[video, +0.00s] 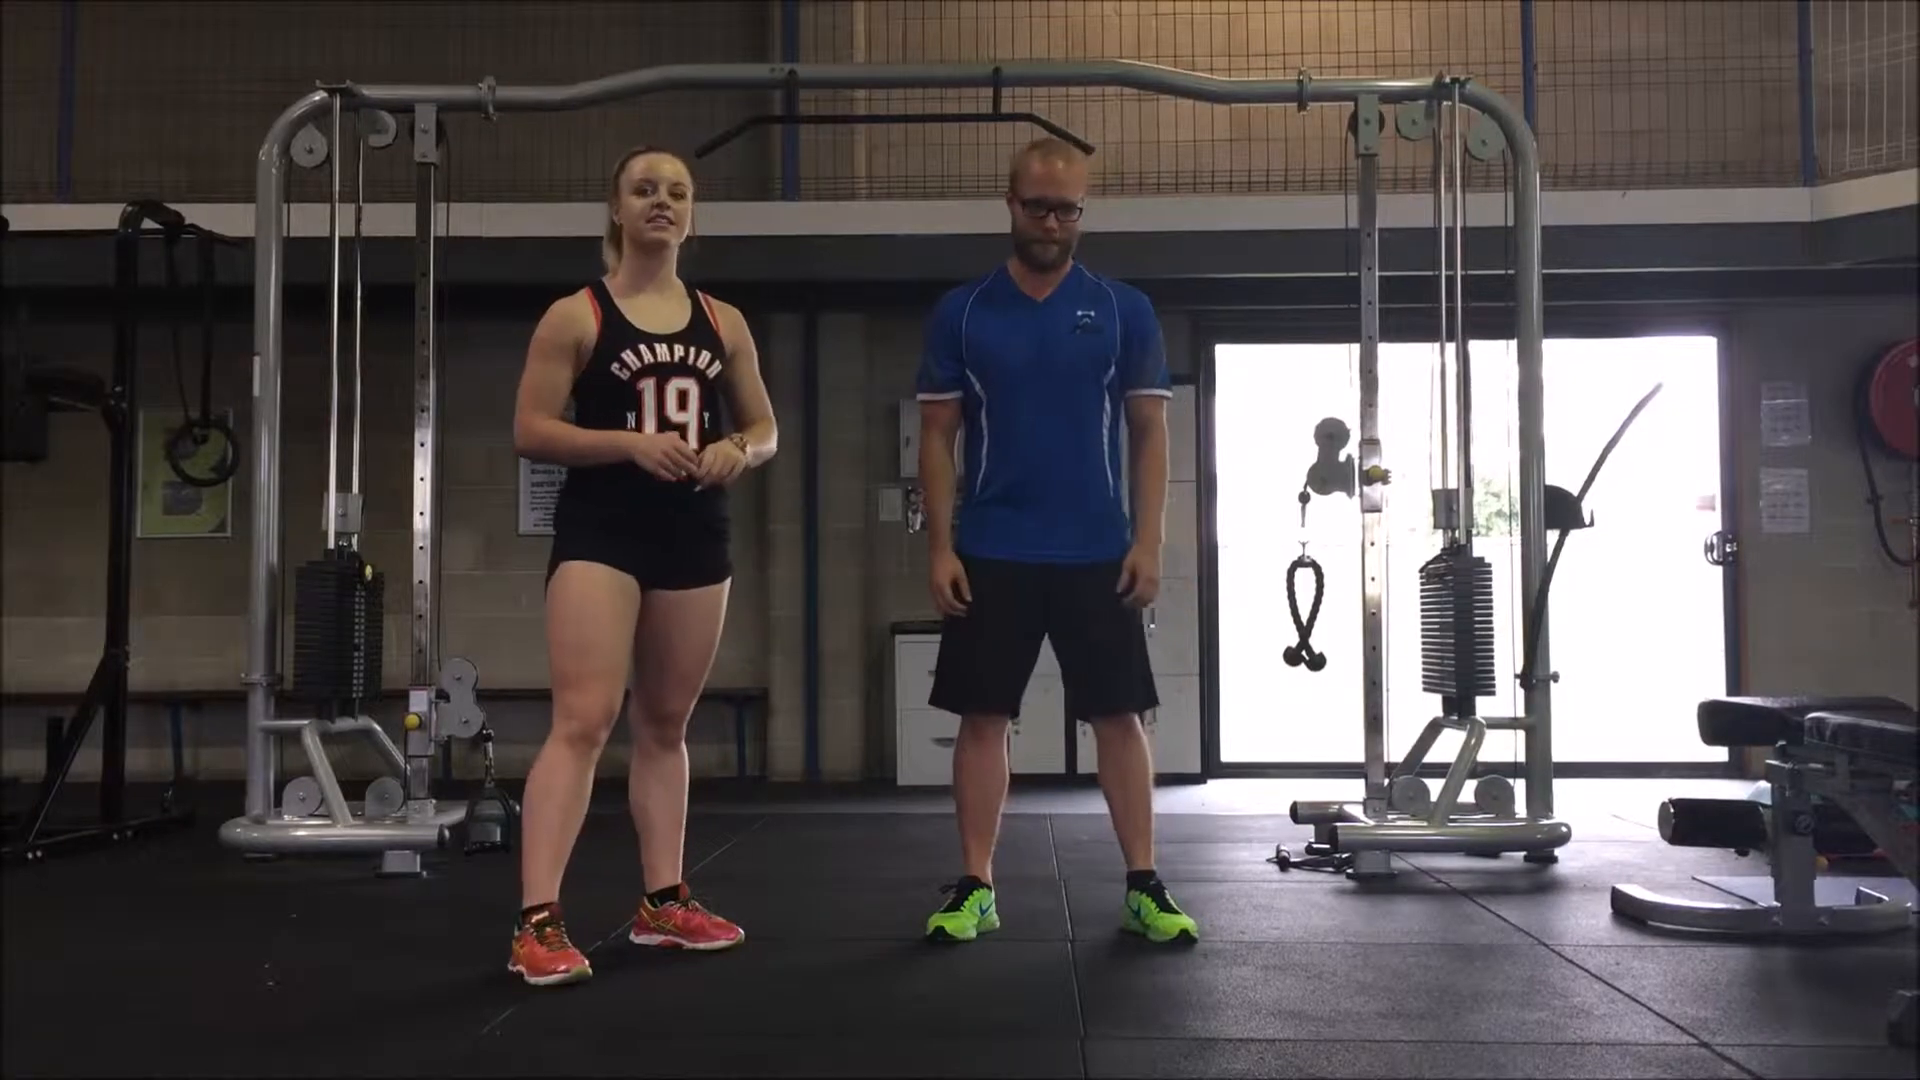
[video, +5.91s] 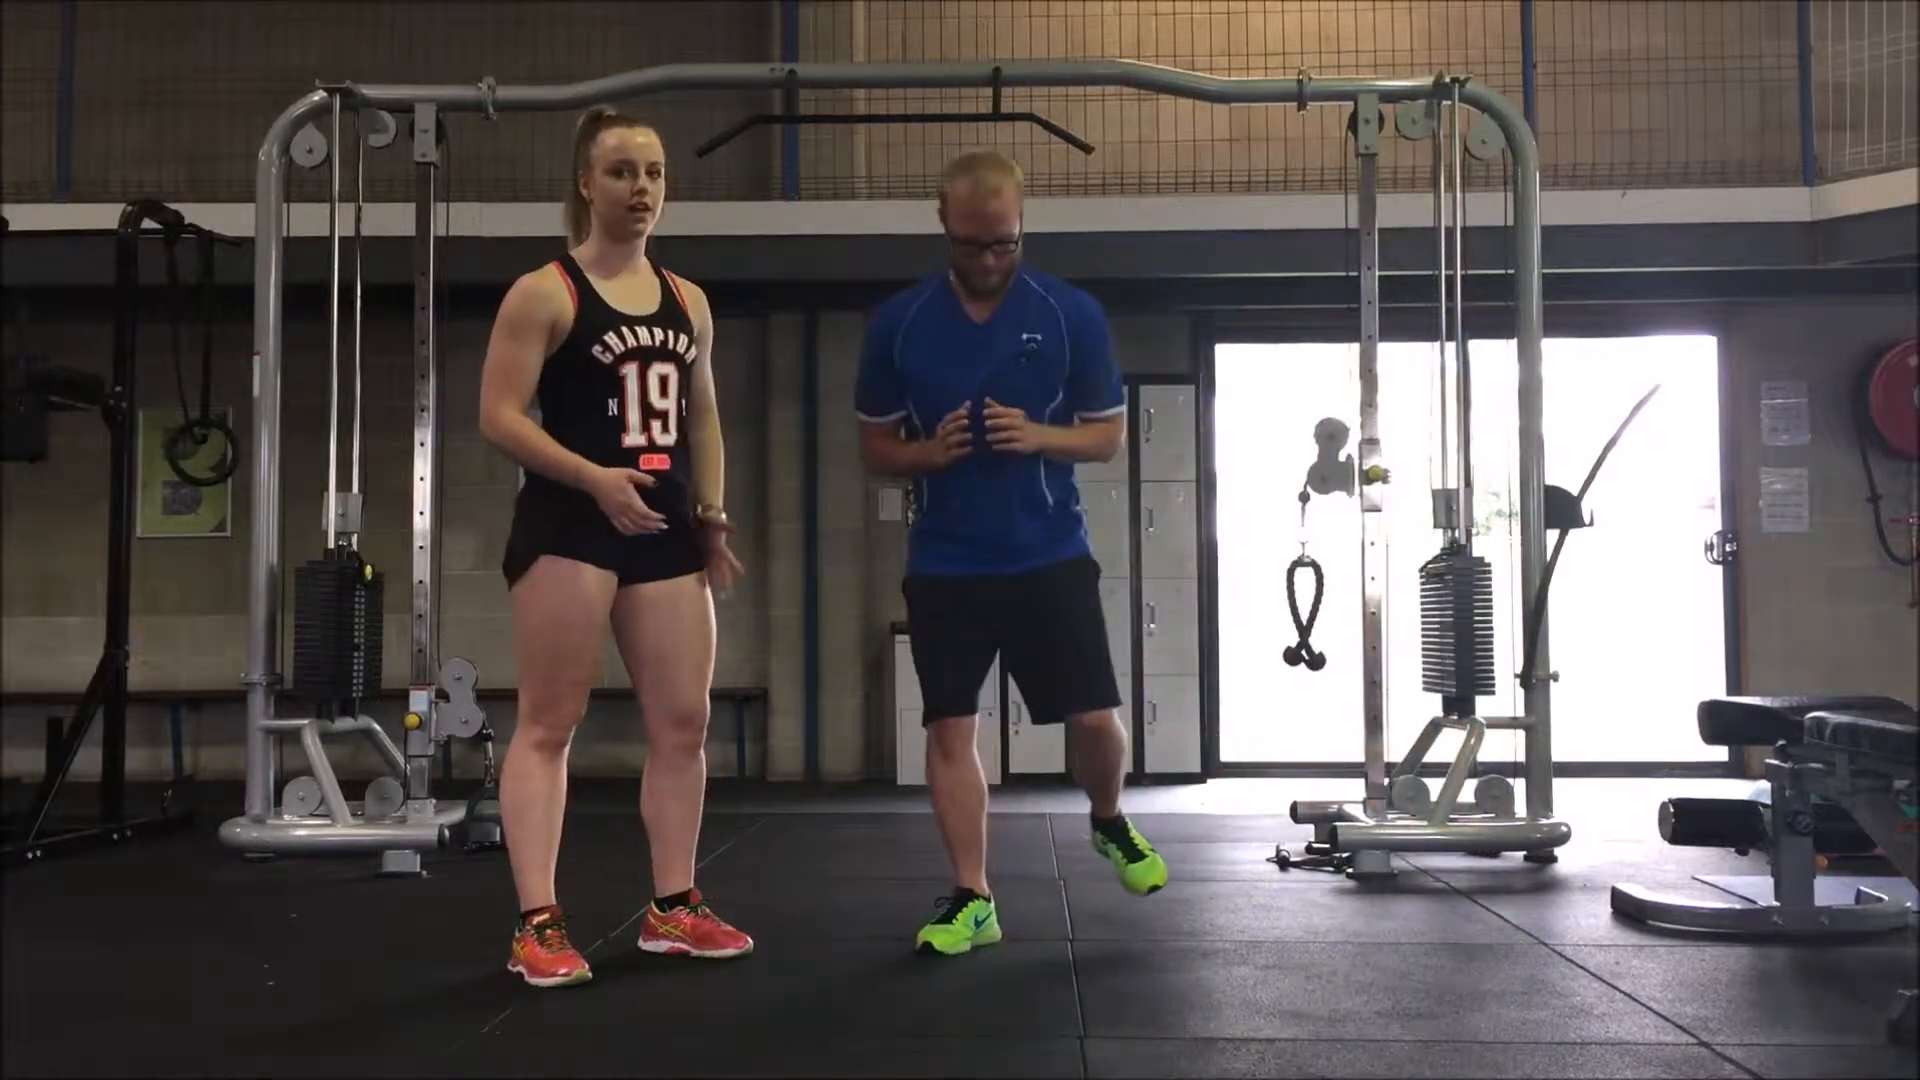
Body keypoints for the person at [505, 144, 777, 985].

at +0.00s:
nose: (661, 202)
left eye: (675, 192)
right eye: (645, 190)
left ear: (693, 215)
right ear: (615, 211)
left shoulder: (723, 322)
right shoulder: (574, 316)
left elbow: (763, 428)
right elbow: (532, 430)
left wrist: (740, 449)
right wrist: (630, 442)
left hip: (694, 545)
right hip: (600, 539)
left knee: (667, 726)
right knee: (583, 722)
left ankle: (665, 901)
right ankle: (539, 920)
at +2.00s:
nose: (655, 200)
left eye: (656, 186)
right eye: (640, 184)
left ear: (622, 199)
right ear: (587, 191)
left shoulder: (662, 306)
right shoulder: (526, 303)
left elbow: (712, 411)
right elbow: (477, 423)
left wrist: (714, 449)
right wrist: (593, 428)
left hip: (648, 536)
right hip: (559, 532)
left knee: (650, 735)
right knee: (555, 726)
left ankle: (662, 903)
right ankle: (539, 925)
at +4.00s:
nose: (588, 172)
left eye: (601, 161)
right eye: (569, 157)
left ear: (615, 185)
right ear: (531, 177)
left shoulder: (644, 296)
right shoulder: (483, 289)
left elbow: (677, 418)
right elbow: (428, 413)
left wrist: (610, 464)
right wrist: (512, 487)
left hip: (619, 526)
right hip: (521, 527)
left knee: (653, 722)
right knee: (544, 726)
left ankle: (587, 890)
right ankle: (539, 925)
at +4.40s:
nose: (644, 182)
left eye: (647, 169)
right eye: (627, 166)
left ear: (633, 183)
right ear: (574, 173)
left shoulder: (660, 293)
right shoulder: (514, 285)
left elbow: (717, 404)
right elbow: (453, 404)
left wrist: (727, 423)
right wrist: (545, 471)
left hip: (641, 530)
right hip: (546, 527)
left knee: (664, 723)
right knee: (546, 725)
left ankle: (674, 904)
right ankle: (540, 926)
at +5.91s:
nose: (640, 186)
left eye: (652, 172)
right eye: (621, 171)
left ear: (666, 189)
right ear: (585, 185)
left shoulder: (686, 300)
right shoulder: (542, 295)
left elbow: (702, 416)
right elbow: (497, 417)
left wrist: (710, 513)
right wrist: (594, 477)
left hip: (668, 535)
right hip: (570, 530)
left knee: (683, 727)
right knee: (548, 725)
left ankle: (674, 906)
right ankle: (537, 923)